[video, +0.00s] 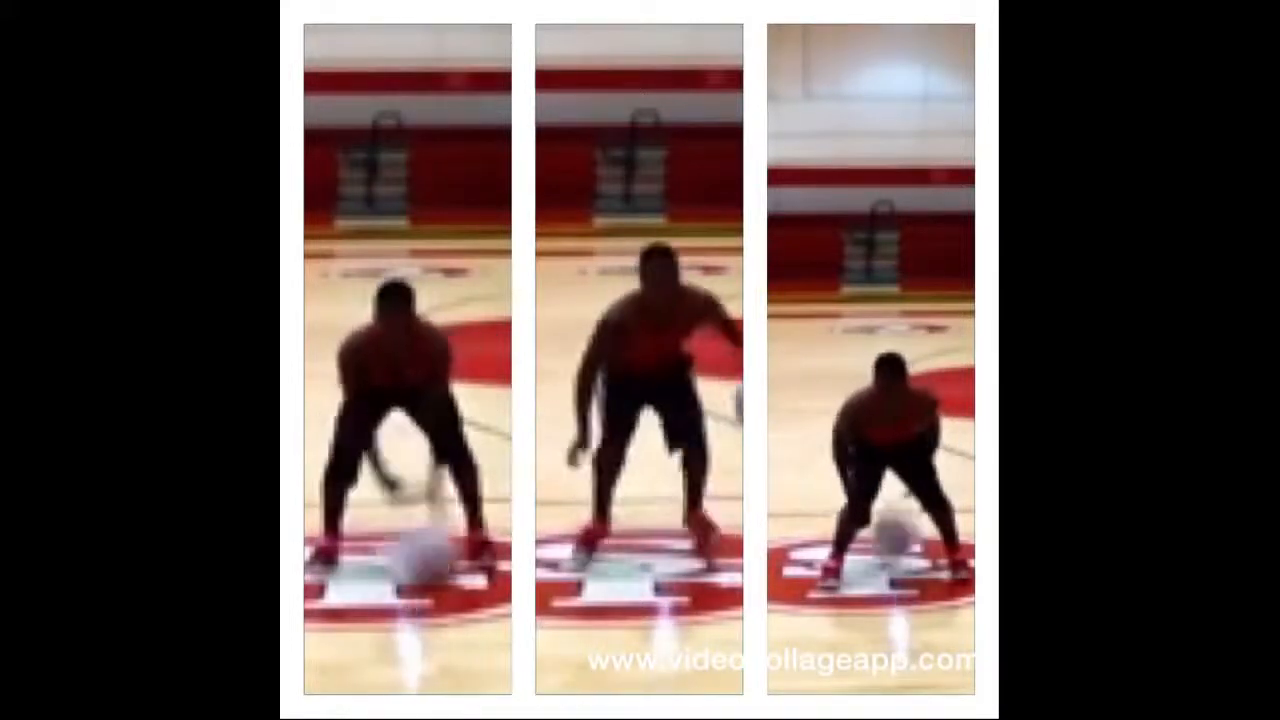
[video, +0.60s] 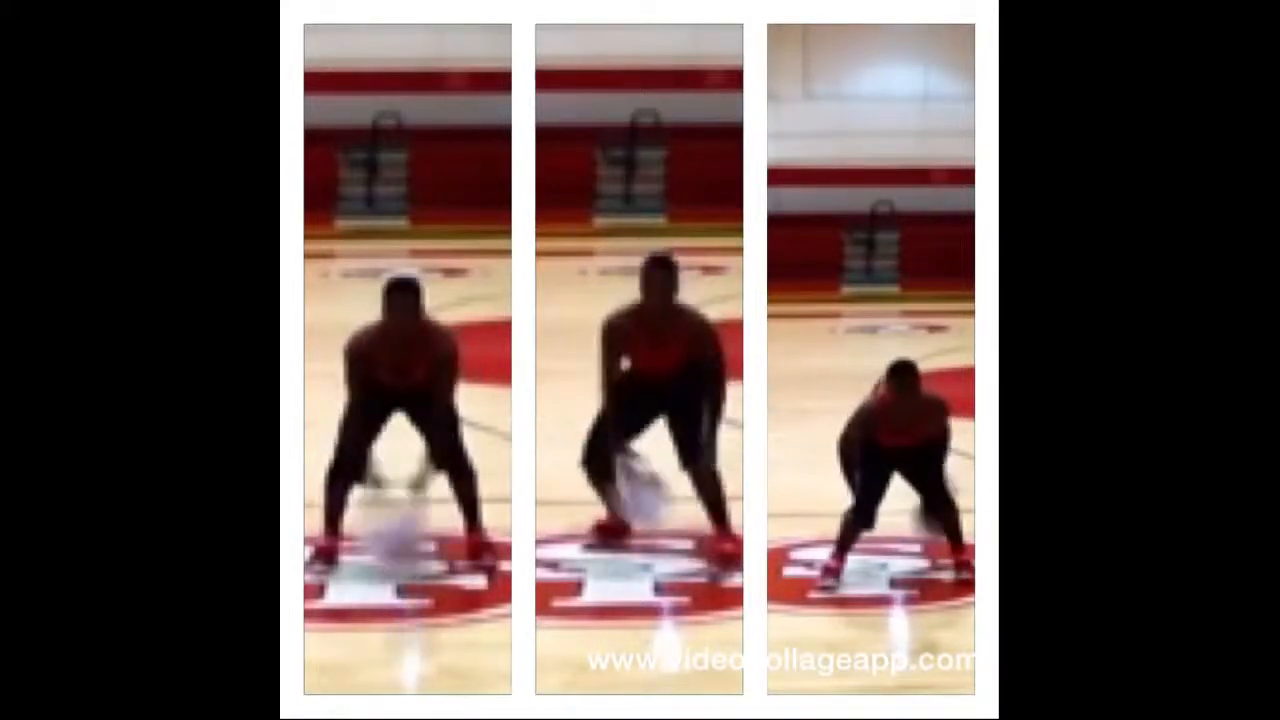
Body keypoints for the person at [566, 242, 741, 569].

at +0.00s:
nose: (663, 288)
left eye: (668, 279)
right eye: (655, 280)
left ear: (678, 277)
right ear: (642, 280)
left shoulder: (697, 304)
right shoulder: (619, 317)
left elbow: (735, 336)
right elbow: (586, 373)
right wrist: (583, 432)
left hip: (671, 378)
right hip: (623, 382)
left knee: (696, 449)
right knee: (609, 453)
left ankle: (694, 514)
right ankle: (600, 521)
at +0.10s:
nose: (658, 295)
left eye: (664, 287)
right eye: (651, 287)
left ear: (674, 285)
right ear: (639, 287)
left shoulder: (698, 317)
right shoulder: (620, 325)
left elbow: (730, 363)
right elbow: (594, 381)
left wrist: (744, 405)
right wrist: (594, 439)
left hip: (679, 385)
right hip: (631, 387)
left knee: (703, 459)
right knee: (621, 460)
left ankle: (696, 509)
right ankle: (608, 537)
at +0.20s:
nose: (657, 304)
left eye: (663, 296)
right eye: (650, 296)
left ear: (673, 295)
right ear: (639, 297)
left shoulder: (695, 330)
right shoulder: (622, 336)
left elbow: (699, 392)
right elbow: (609, 393)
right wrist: (613, 444)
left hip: (685, 403)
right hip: (641, 405)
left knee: (716, 460)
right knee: (632, 471)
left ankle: (695, 507)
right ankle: (612, 540)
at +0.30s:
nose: (647, 295)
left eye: (654, 287)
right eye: (642, 286)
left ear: (668, 286)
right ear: (634, 286)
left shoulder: (696, 323)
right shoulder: (623, 321)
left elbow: (703, 388)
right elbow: (604, 360)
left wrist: (684, 429)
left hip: (690, 392)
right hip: (646, 392)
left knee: (710, 469)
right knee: (640, 457)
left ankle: (695, 508)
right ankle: (613, 534)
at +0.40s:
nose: (649, 281)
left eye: (656, 272)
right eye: (643, 273)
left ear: (667, 272)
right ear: (632, 272)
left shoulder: (691, 306)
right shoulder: (616, 301)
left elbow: (723, 357)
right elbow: (583, 332)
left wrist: (712, 399)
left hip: (691, 377)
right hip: (645, 375)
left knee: (708, 455)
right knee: (628, 453)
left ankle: (701, 495)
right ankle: (618, 527)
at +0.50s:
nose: (651, 281)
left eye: (658, 274)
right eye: (645, 273)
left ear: (669, 274)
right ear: (636, 273)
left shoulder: (693, 310)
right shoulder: (615, 306)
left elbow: (723, 358)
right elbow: (579, 342)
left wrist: (722, 407)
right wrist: (560, 384)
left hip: (688, 376)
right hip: (643, 375)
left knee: (697, 445)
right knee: (615, 450)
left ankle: (723, 510)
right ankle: (620, 516)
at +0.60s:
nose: (657, 294)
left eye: (664, 286)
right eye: (651, 286)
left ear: (675, 288)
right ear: (642, 286)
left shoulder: (696, 327)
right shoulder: (619, 327)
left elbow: (716, 381)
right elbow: (611, 381)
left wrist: (711, 425)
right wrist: (613, 429)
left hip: (686, 393)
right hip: (641, 390)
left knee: (697, 461)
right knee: (595, 457)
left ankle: (724, 532)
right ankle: (618, 519)